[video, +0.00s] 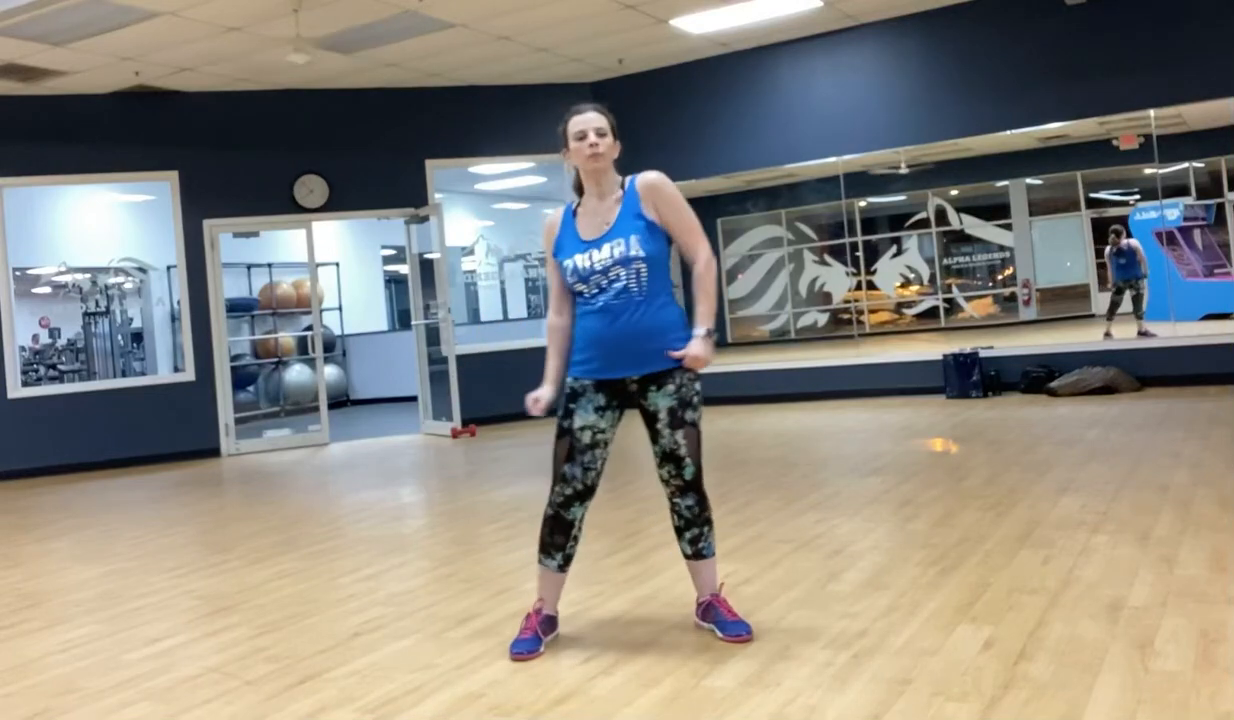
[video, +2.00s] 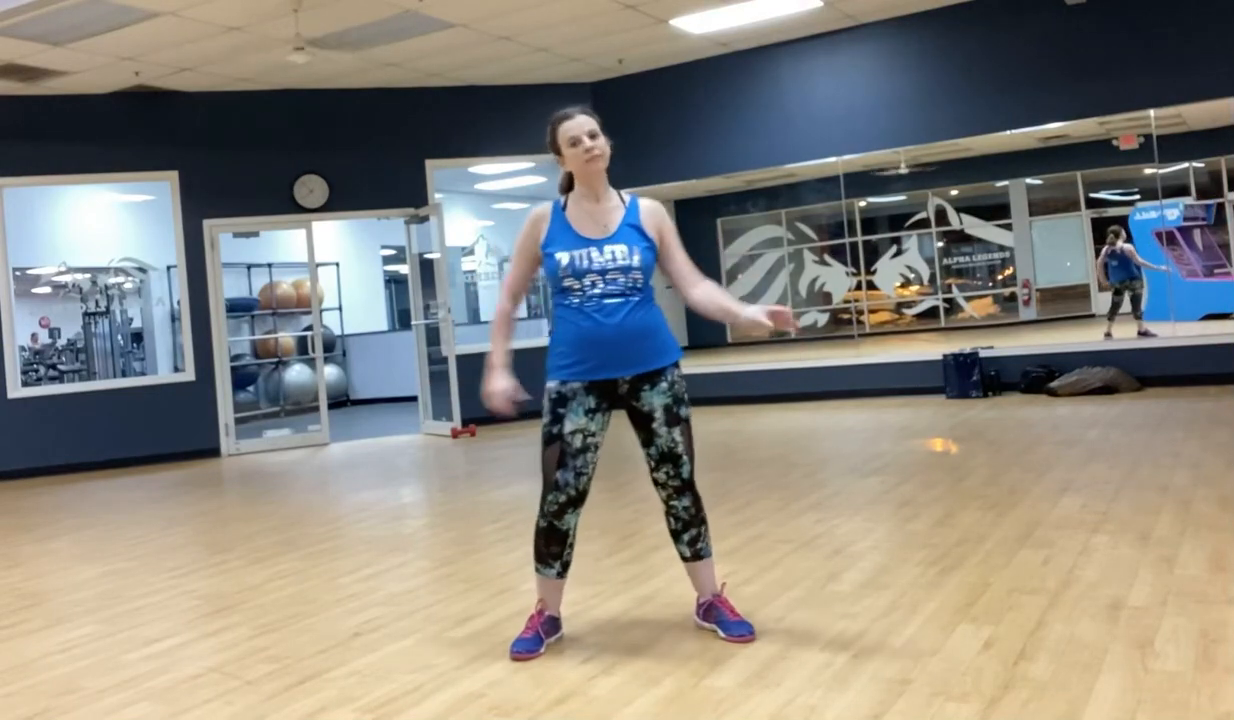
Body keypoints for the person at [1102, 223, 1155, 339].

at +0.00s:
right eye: (1124, 234)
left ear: (1113, 236)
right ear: (1123, 234)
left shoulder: (1109, 249)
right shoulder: (1133, 243)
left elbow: (1109, 267)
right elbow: (1142, 257)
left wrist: (1110, 281)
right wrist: (1145, 271)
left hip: (1120, 280)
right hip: (1136, 278)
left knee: (1114, 304)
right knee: (1138, 304)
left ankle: (1107, 330)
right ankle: (1141, 328)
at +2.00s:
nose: (1125, 234)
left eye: (1124, 232)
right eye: (1123, 232)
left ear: (1112, 236)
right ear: (1120, 235)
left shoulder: (1107, 249)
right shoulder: (1128, 247)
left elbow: (1099, 263)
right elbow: (1139, 262)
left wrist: (1103, 280)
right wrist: (1158, 268)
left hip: (1117, 281)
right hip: (1134, 279)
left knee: (1114, 306)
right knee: (1136, 305)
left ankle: (1108, 330)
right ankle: (1141, 328)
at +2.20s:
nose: (1123, 234)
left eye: (1121, 232)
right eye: (1121, 232)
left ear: (1109, 236)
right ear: (1118, 235)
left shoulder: (1103, 248)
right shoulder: (1124, 248)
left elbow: (1093, 260)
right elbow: (1129, 265)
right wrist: (1142, 272)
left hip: (1112, 281)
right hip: (1127, 279)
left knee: (1113, 305)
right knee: (1133, 303)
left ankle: (1108, 329)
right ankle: (1140, 327)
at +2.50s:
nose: (1121, 234)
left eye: (1119, 232)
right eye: (1119, 232)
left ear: (1107, 235)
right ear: (1117, 234)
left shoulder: (1103, 246)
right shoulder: (1122, 246)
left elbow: (1090, 251)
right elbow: (1127, 262)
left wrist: (1076, 256)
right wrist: (1133, 276)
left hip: (1109, 280)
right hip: (1123, 279)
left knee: (1111, 304)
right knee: (1137, 299)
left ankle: (1107, 330)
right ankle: (1140, 325)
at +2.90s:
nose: (1129, 234)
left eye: (1128, 232)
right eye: (1127, 233)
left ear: (1117, 237)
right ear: (1124, 236)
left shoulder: (1116, 247)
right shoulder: (1129, 245)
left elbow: (1103, 256)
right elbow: (1128, 259)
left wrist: (1090, 260)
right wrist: (1133, 276)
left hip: (1118, 280)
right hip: (1128, 280)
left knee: (1119, 302)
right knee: (1145, 302)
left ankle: (1101, 322)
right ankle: (1139, 328)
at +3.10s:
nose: (1131, 236)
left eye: (1129, 235)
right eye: (1129, 235)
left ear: (1120, 240)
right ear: (1126, 238)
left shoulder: (1121, 249)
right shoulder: (1127, 248)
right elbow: (1120, 261)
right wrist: (1128, 276)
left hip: (1121, 284)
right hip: (1129, 283)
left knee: (1118, 303)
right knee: (1149, 303)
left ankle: (1098, 323)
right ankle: (1139, 328)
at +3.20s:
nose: (1130, 237)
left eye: (1129, 235)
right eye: (1128, 236)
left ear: (1119, 241)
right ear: (1126, 239)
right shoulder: (1126, 249)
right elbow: (1120, 262)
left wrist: (1163, 257)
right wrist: (1128, 277)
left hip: (1122, 284)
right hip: (1129, 284)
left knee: (1117, 304)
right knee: (1149, 304)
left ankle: (1097, 323)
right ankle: (1139, 328)